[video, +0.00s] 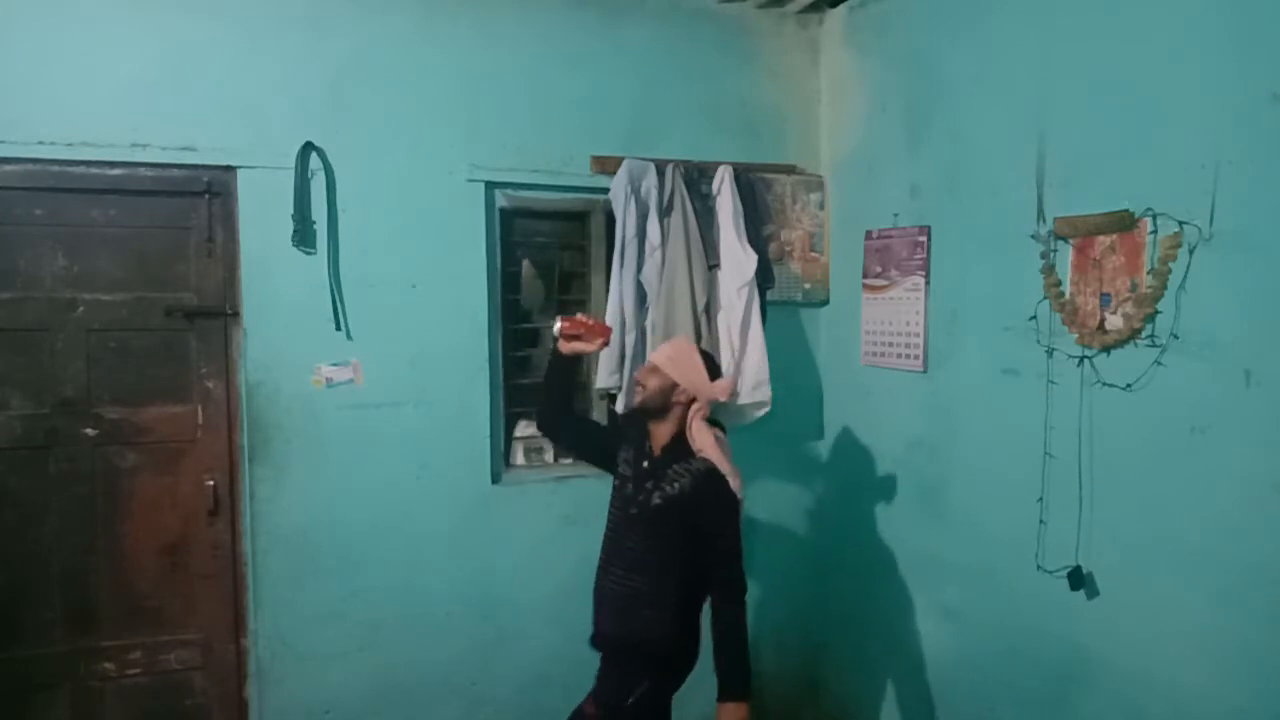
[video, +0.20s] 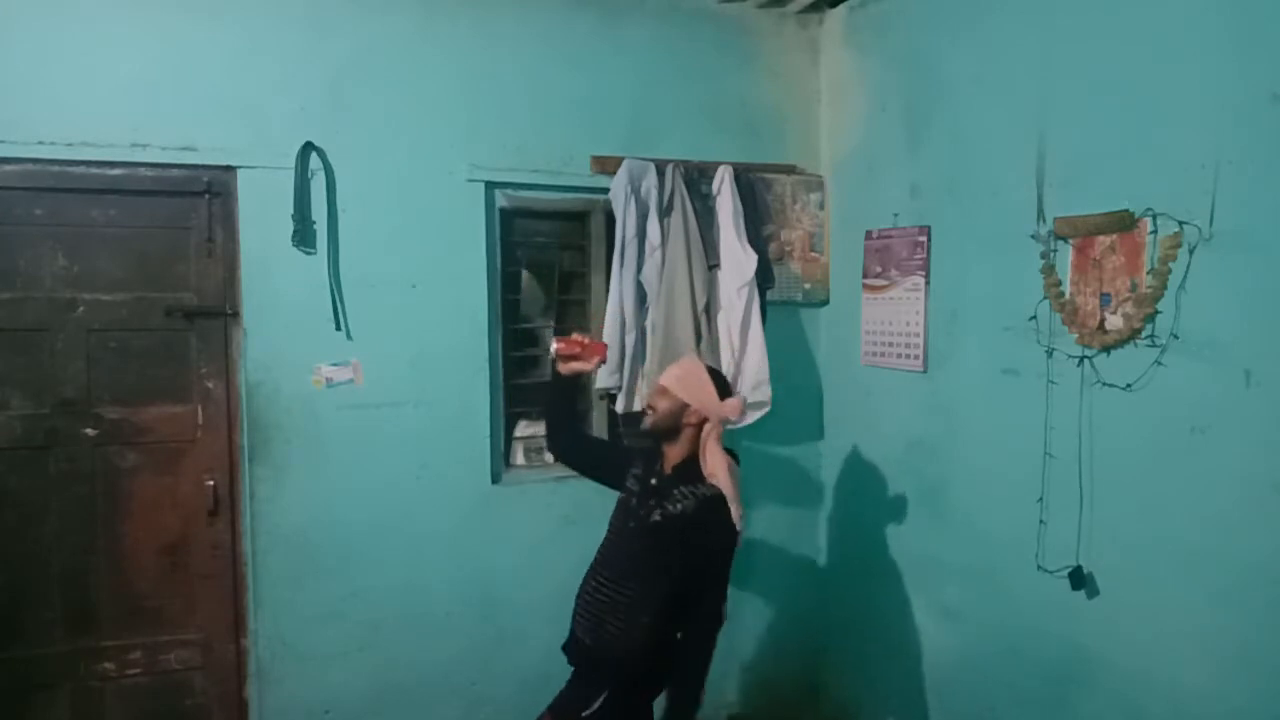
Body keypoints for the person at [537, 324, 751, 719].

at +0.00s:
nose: (638, 375)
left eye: (654, 370)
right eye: (645, 366)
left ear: (683, 393)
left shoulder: (709, 482)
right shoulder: (629, 445)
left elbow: (728, 597)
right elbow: (556, 420)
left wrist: (733, 697)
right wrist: (565, 356)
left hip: (658, 650)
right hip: (617, 639)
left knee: (591, 710)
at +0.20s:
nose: (651, 398)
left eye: (665, 393)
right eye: (657, 389)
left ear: (694, 414)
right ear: (689, 414)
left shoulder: (710, 507)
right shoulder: (640, 464)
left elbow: (703, 621)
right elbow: (567, 444)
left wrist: (682, 709)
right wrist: (566, 378)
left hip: (629, 670)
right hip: (593, 654)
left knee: (557, 713)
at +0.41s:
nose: (676, 382)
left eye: (691, 376)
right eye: (683, 373)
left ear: (718, 401)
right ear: (715, 403)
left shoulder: (725, 487)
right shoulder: (672, 445)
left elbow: (697, 595)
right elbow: (597, 430)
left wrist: (644, 679)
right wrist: (596, 371)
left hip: (658, 652)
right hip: (627, 637)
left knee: (589, 710)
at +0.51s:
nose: (679, 365)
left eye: (694, 360)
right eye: (686, 356)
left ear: (725, 382)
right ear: (720, 382)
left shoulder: (738, 463)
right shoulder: (680, 434)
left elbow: (718, 577)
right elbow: (602, 417)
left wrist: (664, 653)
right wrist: (605, 363)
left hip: (697, 636)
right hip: (663, 627)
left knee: (634, 710)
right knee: (683, 713)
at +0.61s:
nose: (679, 354)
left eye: (695, 350)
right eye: (687, 344)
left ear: (725, 373)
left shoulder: (747, 451)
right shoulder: (685, 426)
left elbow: (741, 565)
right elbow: (610, 416)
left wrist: (696, 655)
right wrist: (610, 357)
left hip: (723, 625)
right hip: (689, 615)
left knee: (657, 711)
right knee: (701, 713)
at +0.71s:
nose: (681, 352)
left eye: (697, 346)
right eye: (688, 342)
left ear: (725, 369)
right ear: (719, 370)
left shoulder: (751, 440)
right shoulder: (689, 425)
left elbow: (758, 558)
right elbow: (615, 422)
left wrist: (739, 667)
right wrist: (611, 364)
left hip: (732, 626)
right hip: (701, 618)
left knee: (676, 711)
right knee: (705, 710)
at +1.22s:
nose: (711, 360)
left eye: (725, 353)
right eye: (716, 350)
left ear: (756, 371)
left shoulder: (791, 462)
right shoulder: (699, 431)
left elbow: (804, 572)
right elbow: (628, 416)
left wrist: (787, 666)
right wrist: (647, 350)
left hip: (751, 637)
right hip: (690, 627)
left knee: (733, 712)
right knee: (685, 711)